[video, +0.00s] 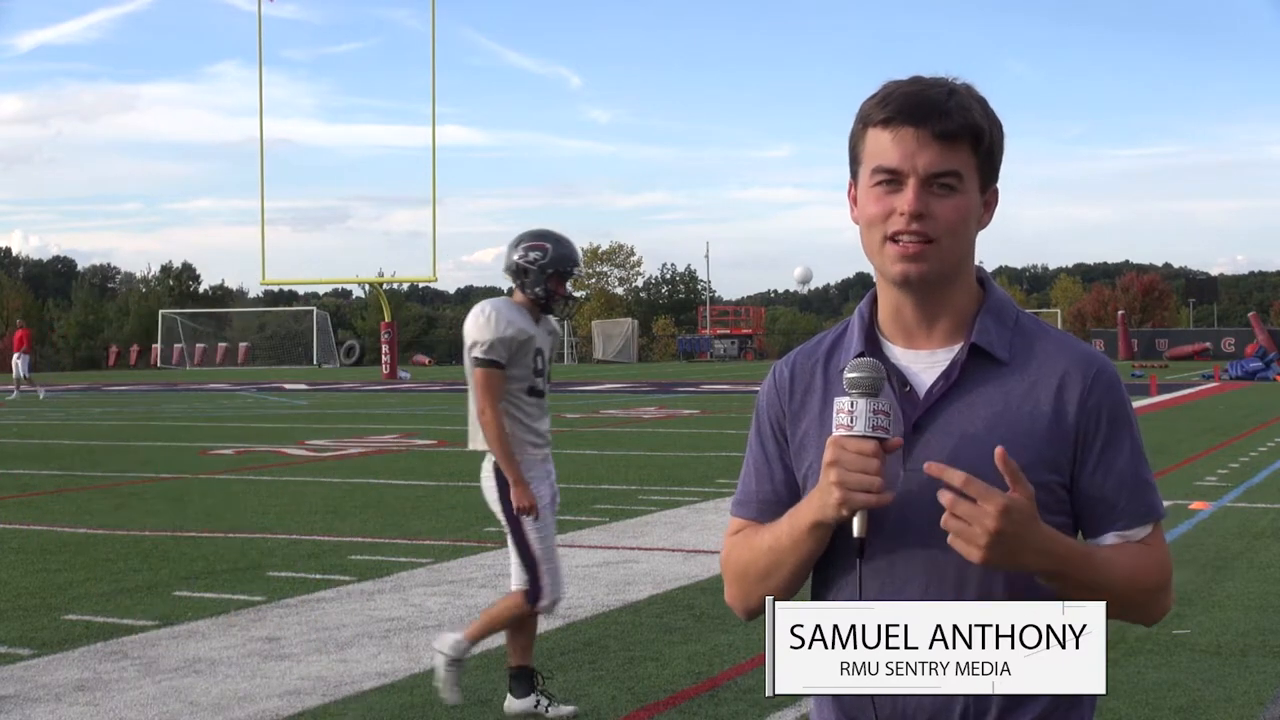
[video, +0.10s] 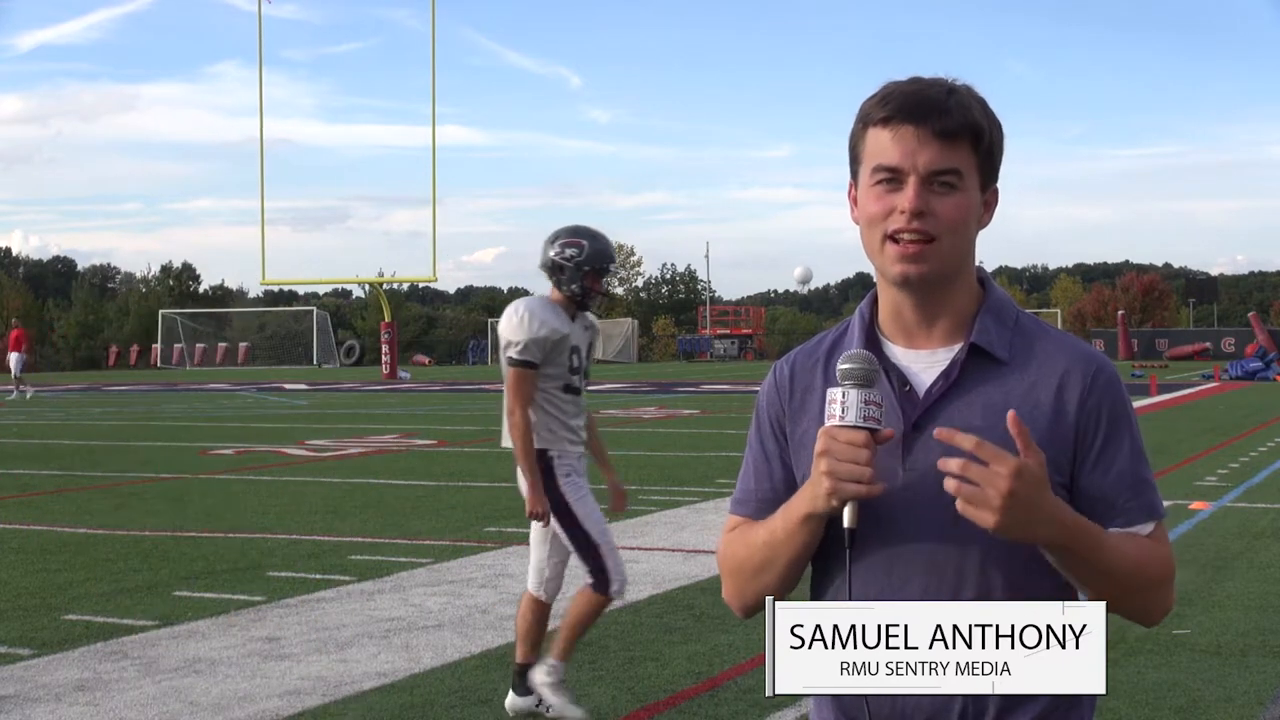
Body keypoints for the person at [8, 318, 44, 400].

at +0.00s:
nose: (18, 324)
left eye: (20, 322)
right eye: (17, 322)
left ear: (23, 323)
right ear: (17, 324)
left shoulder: (25, 332)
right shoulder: (17, 332)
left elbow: (26, 344)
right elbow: (17, 343)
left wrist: (20, 353)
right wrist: (15, 353)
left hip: (23, 354)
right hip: (16, 354)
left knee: (24, 376)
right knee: (16, 375)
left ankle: (39, 390)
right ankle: (16, 392)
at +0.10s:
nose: (13, 324)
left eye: (15, 322)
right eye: (13, 322)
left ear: (18, 322)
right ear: (12, 323)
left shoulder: (20, 331)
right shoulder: (12, 332)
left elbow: (24, 343)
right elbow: (11, 344)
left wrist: (23, 353)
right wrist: (8, 354)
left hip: (18, 354)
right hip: (12, 353)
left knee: (15, 374)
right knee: (14, 374)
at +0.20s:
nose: (9, 324)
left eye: (11, 322)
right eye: (9, 322)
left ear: (14, 323)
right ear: (8, 323)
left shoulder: (17, 331)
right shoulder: (8, 332)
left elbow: (23, 343)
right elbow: (6, 345)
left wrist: (24, 353)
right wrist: (3, 354)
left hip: (15, 353)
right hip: (11, 352)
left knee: (9, 373)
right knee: (13, 373)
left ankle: (16, 391)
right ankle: (16, 391)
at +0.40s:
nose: (0, 325)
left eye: (1, 323)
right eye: (1, 323)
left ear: (3, 324)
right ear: (5, 324)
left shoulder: (5, 332)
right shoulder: (10, 332)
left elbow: (16, 344)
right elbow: (16, 344)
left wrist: (20, 354)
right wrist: (20, 354)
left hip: (5, 354)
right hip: (9, 354)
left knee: (4, 374)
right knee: (8, 375)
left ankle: (14, 392)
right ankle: (14, 392)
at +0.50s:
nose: (1, 325)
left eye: (1, 323)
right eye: (1, 323)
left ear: (2, 324)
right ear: (3, 324)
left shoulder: (4, 333)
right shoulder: (5, 332)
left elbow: (11, 344)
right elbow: (11, 344)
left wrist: (15, 355)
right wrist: (15, 355)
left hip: (3, 354)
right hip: (5, 354)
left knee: (4, 374)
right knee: (4, 374)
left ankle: (13, 391)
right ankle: (12, 391)